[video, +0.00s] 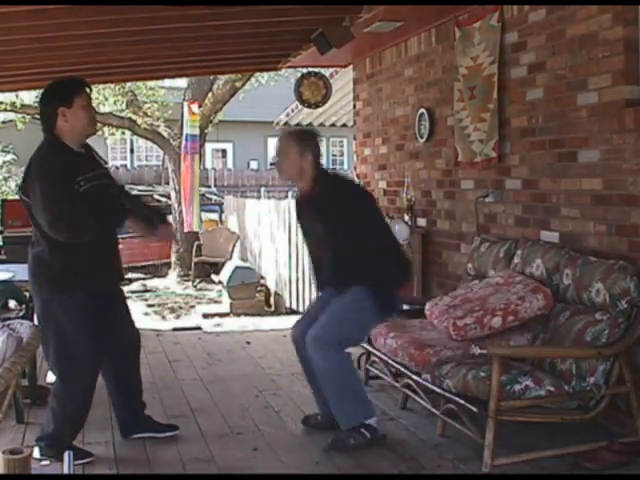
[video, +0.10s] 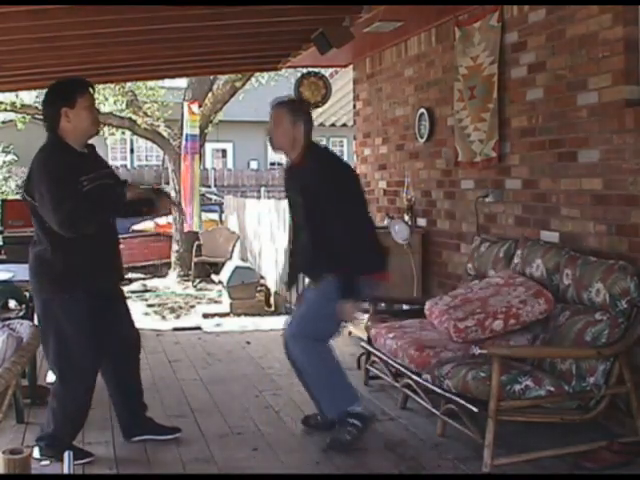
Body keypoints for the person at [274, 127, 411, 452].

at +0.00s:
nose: (276, 163)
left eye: (281, 155)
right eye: (276, 156)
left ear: (306, 157)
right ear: (299, 159)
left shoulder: (346, 193)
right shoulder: (304, 202)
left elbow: (380, 244)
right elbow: (322, 251)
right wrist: (328, 290)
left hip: (375, 286)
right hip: (340, 285)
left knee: (321, 340)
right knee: (302, 334)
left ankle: (364, 425)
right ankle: (333, 413)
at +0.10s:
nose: (269, 132)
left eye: (276, 123)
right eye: (270, 124)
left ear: (298, 127)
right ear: (289, 129)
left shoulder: (330, 169)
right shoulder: (296, 172)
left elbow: (349, 229)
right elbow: (303, 230)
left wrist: (349, 290)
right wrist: (295, 279)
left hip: (347, 273)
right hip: (325, 272)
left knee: (302, 335)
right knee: (294, 337)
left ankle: (352, 412)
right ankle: (332, 411)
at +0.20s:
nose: (260, 110)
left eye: (266, 103)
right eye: (261, 103)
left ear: (291, 107)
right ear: (284, 109)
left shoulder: (312, 150)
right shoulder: (287, 151)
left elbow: (324, 216)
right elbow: (288, 214)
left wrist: (305, 275)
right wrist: (256, 252)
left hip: (333, 260)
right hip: (323, 259)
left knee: (279, 327)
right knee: (308, 339)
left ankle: (311, 412)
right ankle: (342, 411)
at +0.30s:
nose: (250, 96)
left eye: (257, 88)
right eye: (249, 89)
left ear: (281, 93)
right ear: (272, 96)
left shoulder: (298, 134)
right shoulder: (271, 137)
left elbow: (299, 203)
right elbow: (268, 205)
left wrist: (274, 258)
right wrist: (236, 241)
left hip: (309, 254)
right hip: (298, 253)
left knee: (262, 334)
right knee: (300, 342)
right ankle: (338, 409)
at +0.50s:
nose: (224, 84)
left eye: (231, 77)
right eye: (225, 77)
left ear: (256, 83)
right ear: (254, 85)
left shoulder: (259, 129)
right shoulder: (260, 125)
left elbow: (251, 199)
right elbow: (250, 196)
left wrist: (233, 259)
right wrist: (231, 250)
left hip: (264, 255)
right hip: (268, 253)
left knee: (226, 345)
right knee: (247, 335)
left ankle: (229, 440)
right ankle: (305, 394)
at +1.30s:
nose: (211, 117)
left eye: (219, 109)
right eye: (211, 110)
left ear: (244, 113)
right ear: (235, 115)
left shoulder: (273, 152)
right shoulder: (243, 153)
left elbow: (284, 221)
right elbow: (255, 218)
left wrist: (266, 277)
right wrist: (245, 263)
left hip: (312, 254)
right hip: (289, 253)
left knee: (269, 334)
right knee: (287, 337)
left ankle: (253, 433)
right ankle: (301, 416)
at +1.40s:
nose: (227, 119)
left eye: (234, 112)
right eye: (227, 112)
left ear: (258, 114)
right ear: (244, 117)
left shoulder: (285, 154)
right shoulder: (257, 156)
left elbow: (298, 222)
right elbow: (270, 219)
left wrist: (286, 280)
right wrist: (261, 263)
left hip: (325, 254)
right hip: (303, 254)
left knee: (276, 325)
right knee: (291, 334)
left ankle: (293, 421)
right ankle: (301, 418)